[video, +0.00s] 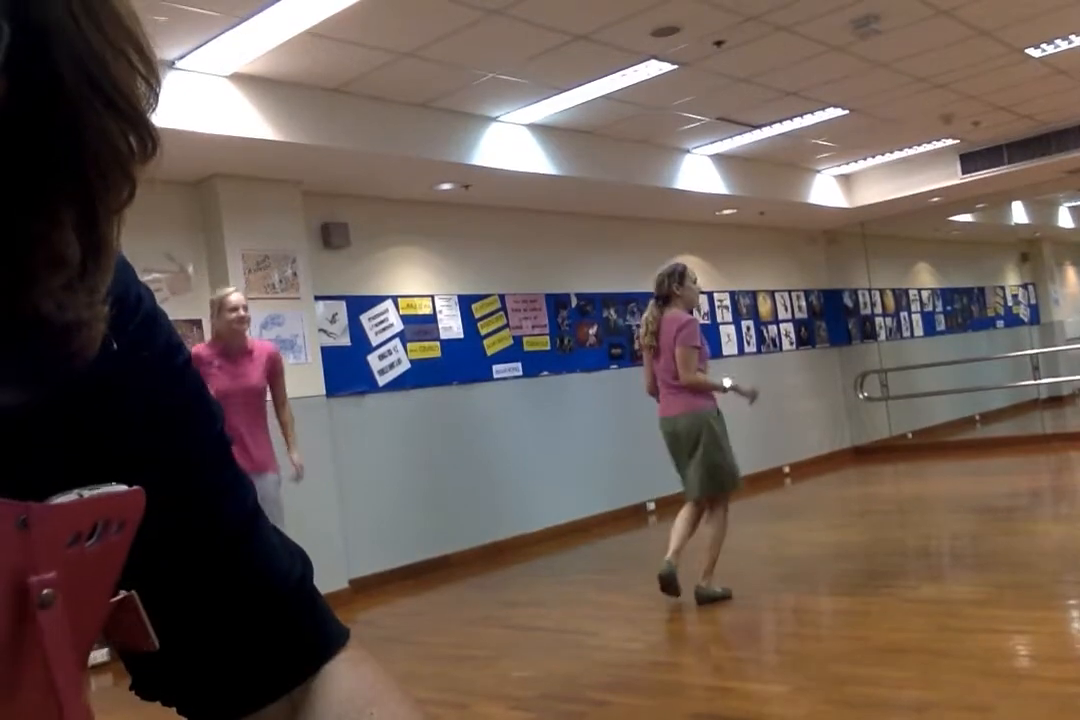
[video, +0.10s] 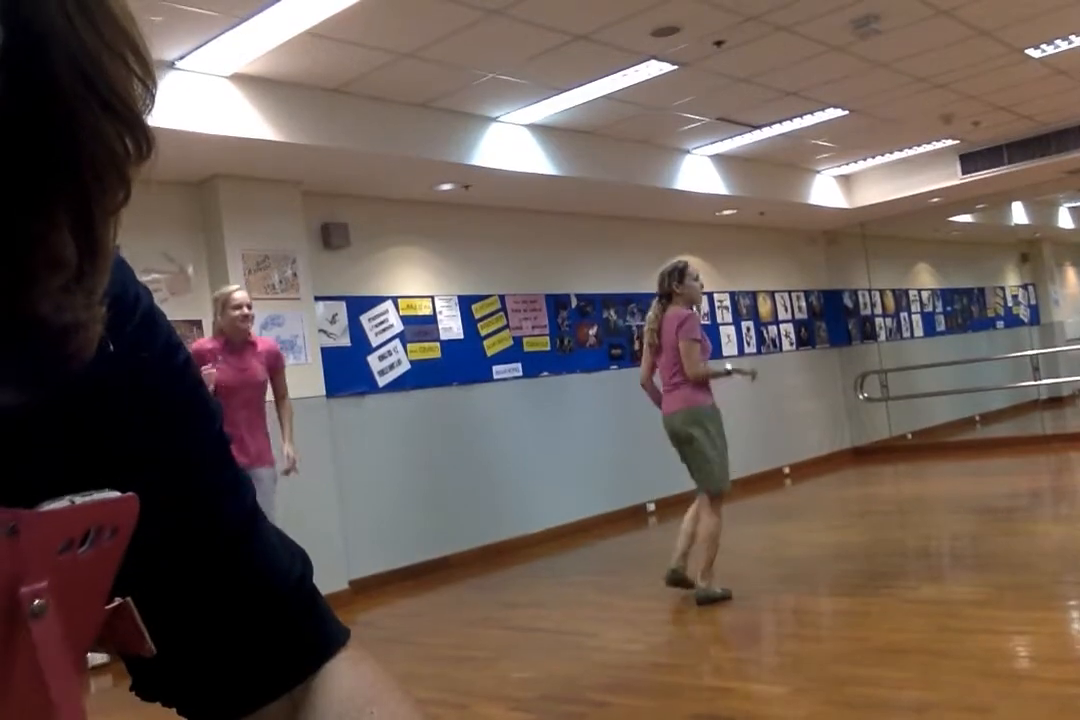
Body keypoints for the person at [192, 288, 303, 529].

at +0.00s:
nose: (241, 315)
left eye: (244, 308)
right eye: (233, 310)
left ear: (249, 313)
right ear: (216, 318)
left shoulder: (267, 353)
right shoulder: (199, 357)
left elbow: (281, 404)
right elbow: (194, 411)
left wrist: (292, 450)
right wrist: (201, 459)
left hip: (260, 460)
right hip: (220, 463)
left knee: (271, 536)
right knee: (230, 538)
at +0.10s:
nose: (246, 313)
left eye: (249, 307)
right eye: (237, 308)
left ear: (253, 311)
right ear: (220, 317)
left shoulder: (267, 351)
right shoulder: (202, 352)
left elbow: (281, 398)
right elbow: (192, 408)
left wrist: (287, 443)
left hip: (258, 454)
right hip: (219, 457)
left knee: (263, 530)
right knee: (226, 532)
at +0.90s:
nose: (348, 331)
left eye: (349, 325)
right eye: (342, 325)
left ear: (333, 330)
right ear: (322, 328)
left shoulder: (322, 363)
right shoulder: (321, 362)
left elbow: (336, 418)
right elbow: (293, 408)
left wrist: (370, 400)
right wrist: (291, 458)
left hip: (304, 474)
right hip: (321, 473)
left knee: (315, 549)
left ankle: (330, 631)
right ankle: (307, 557)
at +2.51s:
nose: (593, 316)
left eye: (593, 311)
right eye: (586, 311)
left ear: (591, 316)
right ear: (568, 316)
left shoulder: (590, 350)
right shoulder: (558, 353)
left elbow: (591, 396)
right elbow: (550, 402)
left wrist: (612, 424)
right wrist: (561, 436)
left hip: (591, 441)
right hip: (566, 443)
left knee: (620, 498)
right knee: (594, 500)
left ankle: (588, 556)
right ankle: (602, 580)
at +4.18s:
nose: (552, 303)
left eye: (557, 298)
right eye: (546, 299)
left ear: (566, 303)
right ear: (537, 306)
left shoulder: (584, 343)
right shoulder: (529, 345)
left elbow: (594, 389)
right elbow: (522, 393)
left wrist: (605, 432)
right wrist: (526, 434)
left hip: (584, 443)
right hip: (547, 445)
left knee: (579, 517)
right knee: (549, 517)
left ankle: (570, 591)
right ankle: (544, 571)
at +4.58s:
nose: (594, 304)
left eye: (598, 298)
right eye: (587, 300)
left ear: (608, 303)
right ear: (578, 307)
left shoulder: (618, 343)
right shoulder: (573, 344)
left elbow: (632, 388)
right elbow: (550, 390)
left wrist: (656, 408)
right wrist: (547, 438)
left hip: (609, 438)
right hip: (580, 440)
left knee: (614, 511)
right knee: (617, 508)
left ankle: (582, 579)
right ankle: (636, 588)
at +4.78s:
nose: (609, 319)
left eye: (614, 312)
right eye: (602, 315)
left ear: (621, 316)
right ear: (593, 321)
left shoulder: (621, 349)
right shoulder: (591, 358)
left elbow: (611, 392)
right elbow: (577, 411)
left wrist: (617, 422)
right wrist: (605, 423)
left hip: (606, 442)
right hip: (585, 446)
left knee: (620, 507)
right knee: (633, 503)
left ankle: (565, 543)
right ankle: (640, 585)